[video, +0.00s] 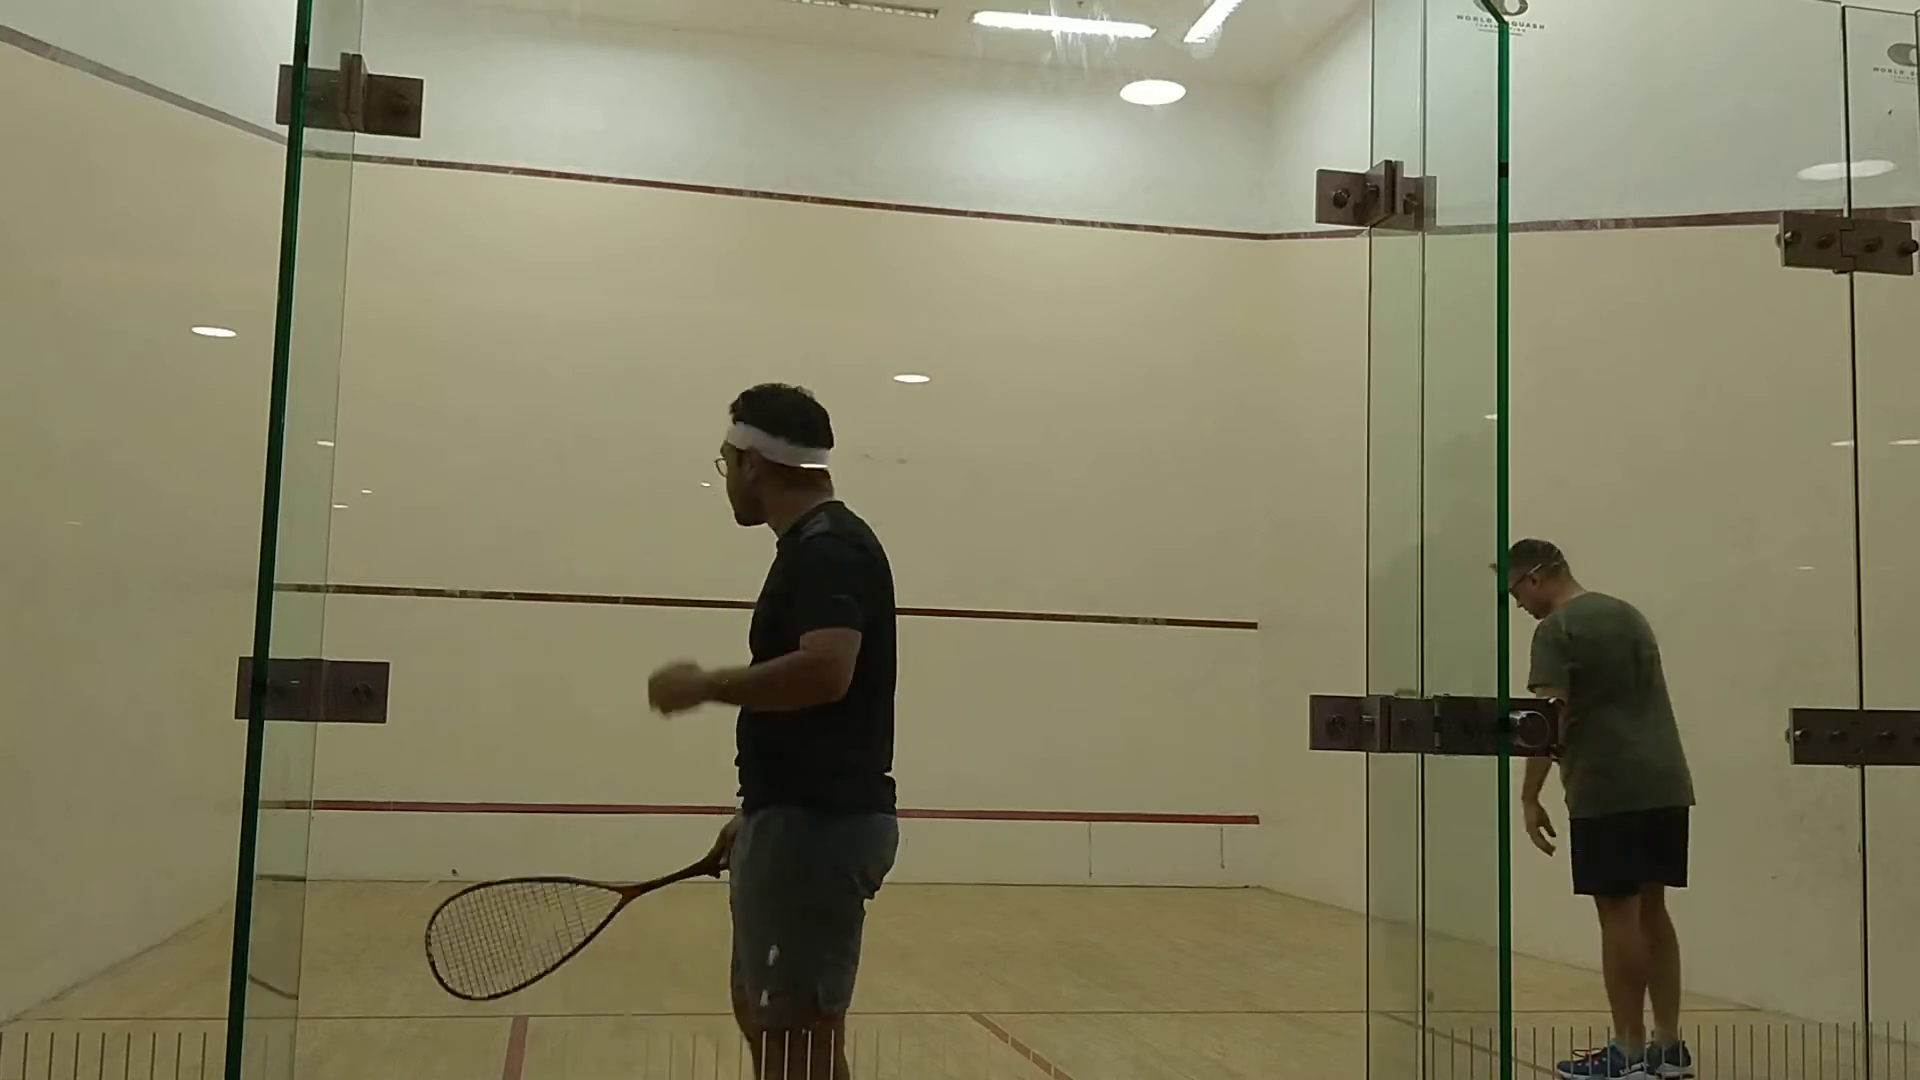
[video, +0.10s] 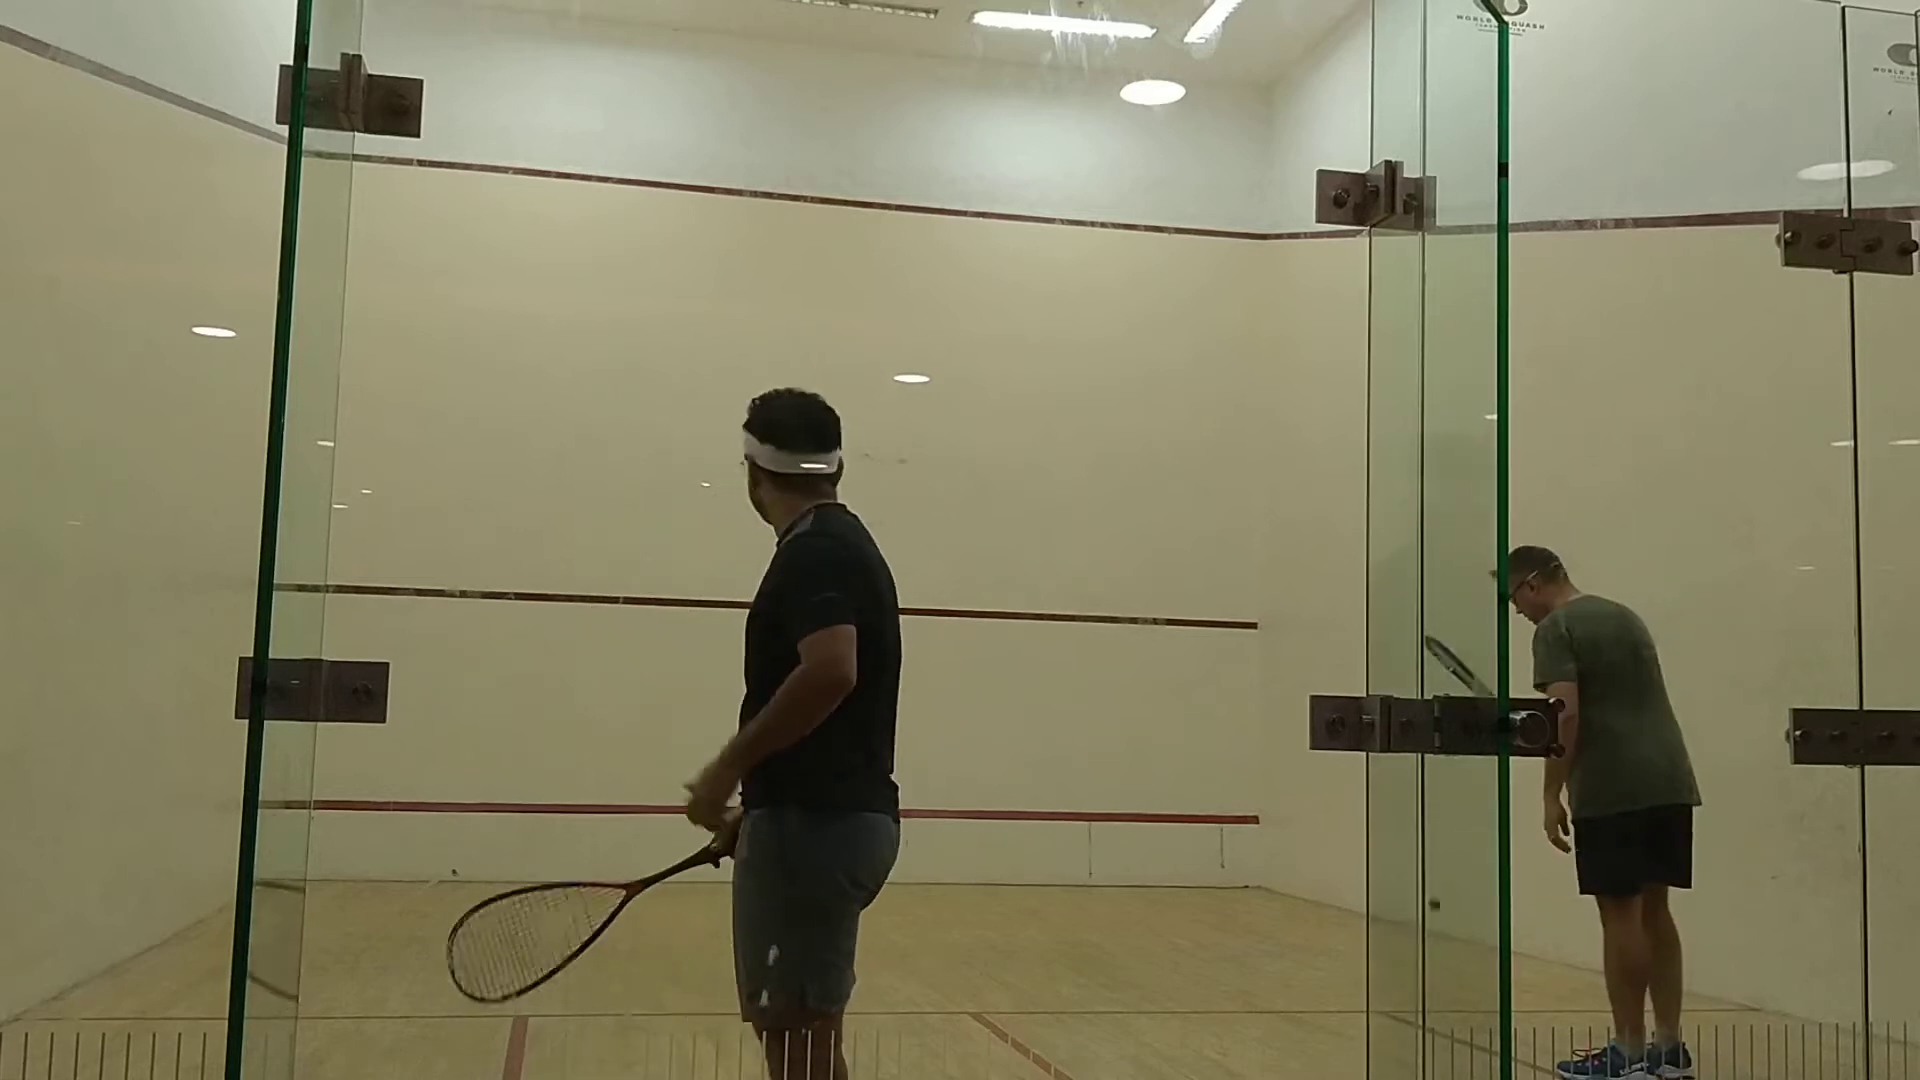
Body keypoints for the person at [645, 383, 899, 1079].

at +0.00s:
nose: (724, 481)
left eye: (727, 462)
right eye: (724, 464)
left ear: (757, 463)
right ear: (799, 461)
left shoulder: (830, 546)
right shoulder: (814, 545)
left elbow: (827, 669)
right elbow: (815, 707)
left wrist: (708, 683)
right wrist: (754, 814)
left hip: (819, 823)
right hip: (792, 820)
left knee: (800, 1034)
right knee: (759, 1010)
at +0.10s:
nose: (746, 481)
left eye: (747, 467)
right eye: (748, 468)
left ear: (756, 471)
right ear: (829, 470)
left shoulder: (815, 549)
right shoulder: (842, 545)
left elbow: (830, 669)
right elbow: (838, 706)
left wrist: (728, 764)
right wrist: (758, 808)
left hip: (811, 823)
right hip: (829, 818)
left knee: (793, 1023)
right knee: (802, 1020)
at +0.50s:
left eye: (823, 476)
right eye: (891, 480)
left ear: (817, 480)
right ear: (894, 488)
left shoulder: (800, 551)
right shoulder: (911, 574)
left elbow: (762, 658)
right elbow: (874, 707)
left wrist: (708, 762)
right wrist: (773, 773)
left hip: (805, 826)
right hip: (891, 825)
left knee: (707, 1002)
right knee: (836, 1004)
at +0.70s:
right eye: (905, 488)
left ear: (827, 483)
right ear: (904, 492)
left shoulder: (804, 548)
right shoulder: (921, 578)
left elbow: (731, 643)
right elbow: (885, 712)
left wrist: (680, 741)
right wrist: (784, 756)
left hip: (803, 826)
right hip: (893, 824)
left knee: (734, 1008)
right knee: (844, 1004)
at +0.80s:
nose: (909, 500)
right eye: (910, 489)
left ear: (829, 484)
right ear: (906, 493)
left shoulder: (800, 549)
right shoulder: (921, 580)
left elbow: (737, 653)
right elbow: (881, 710)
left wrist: (686, 748)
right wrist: (777, 751)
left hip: (801, 825)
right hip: (894, 823)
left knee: (748, 1015)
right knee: (846, 1006)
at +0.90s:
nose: (903, 500)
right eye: (905, 489)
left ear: (828, 483)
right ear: (904, 493)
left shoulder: (797, 549)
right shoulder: (919, 579)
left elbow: (744, 660)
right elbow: (877, 707)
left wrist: (698, 752)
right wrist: (774, 747)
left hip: (800, 823)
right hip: (894, 822)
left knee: (747, 1012)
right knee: (846, 1001)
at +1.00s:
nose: (899, 499)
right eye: (901, 489)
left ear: (824, 483)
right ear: (900, 492)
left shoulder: (794, 553)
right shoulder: (916, 579)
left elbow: (747, 666)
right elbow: (874, 706)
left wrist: (706, 758)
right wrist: (770, 742)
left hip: (797, 824)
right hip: (890, 823)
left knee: (742, 1014)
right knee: (843, 1007)